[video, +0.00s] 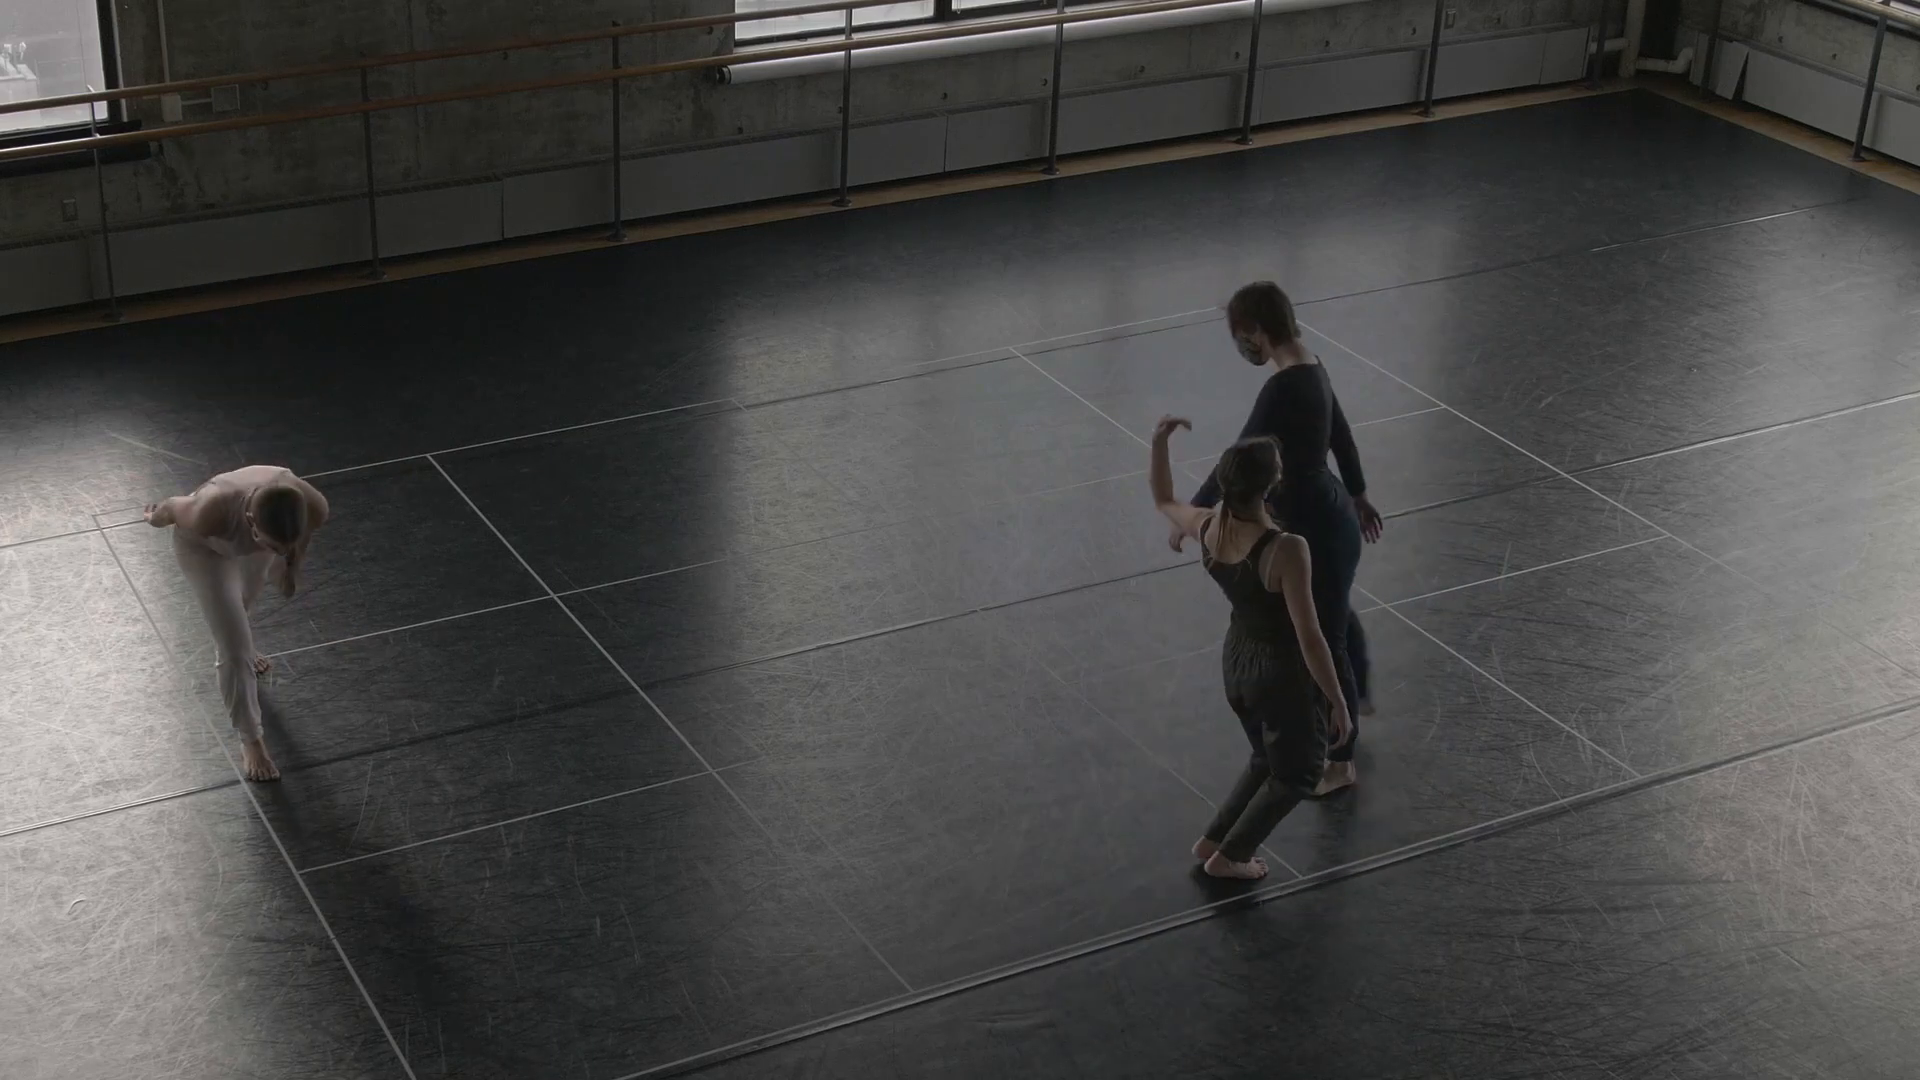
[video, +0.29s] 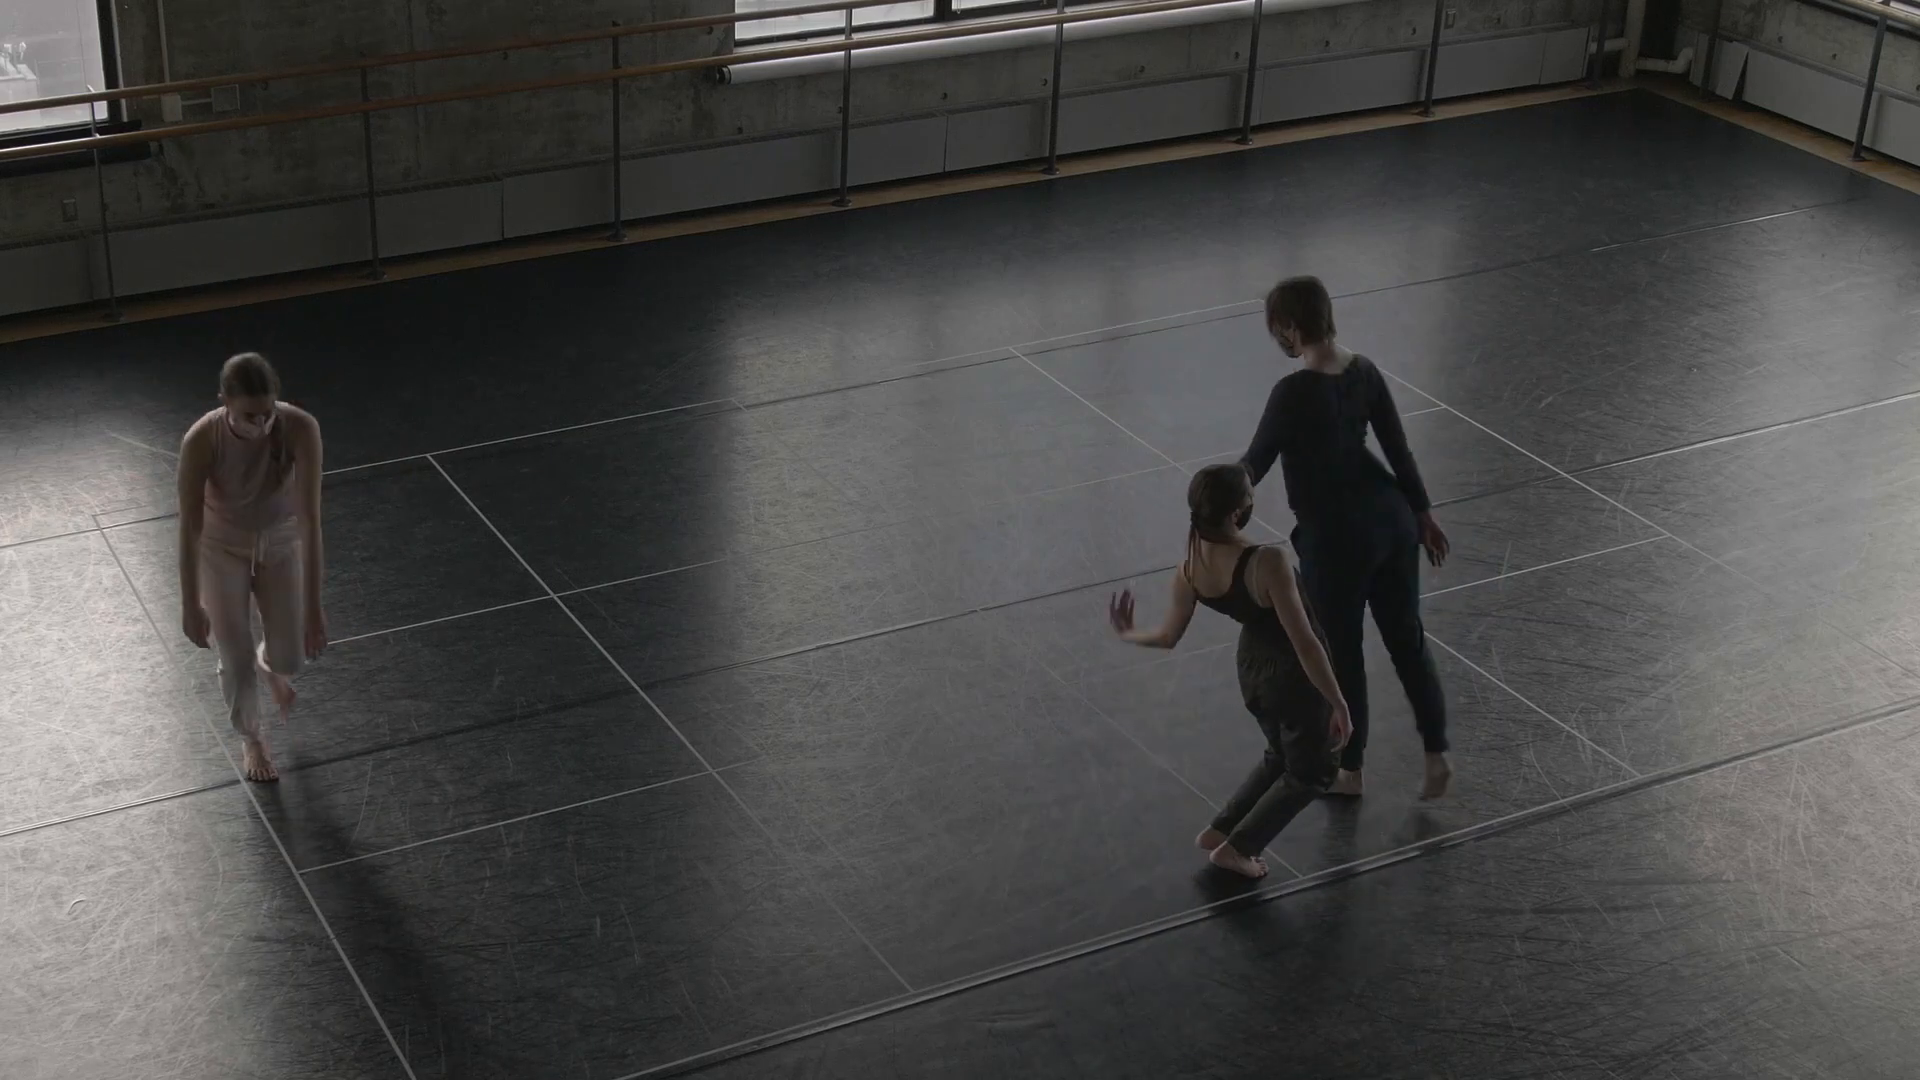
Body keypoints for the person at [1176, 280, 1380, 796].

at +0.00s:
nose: (1237, 342)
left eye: (1239, 333)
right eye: (1235, 334)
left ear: (1258, 329)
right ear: (1283, 322)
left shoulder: (1279, 388)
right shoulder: (1312, 367)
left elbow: (1239, 457)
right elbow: (1341, 437)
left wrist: (1191, 511)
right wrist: (1360, 496)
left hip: (1313, 528)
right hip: (1335, 509)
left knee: (1325, 633)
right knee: (1335, 606)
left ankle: (1338, 761)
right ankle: (1355, 696)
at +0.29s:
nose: (1274, 336)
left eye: (1275, 326)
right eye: (1273, 326)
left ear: (1290, 327)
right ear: (1326, 317)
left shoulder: (1291, 392)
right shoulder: (1365, 372)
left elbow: (1251, 468)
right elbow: (1398, 450)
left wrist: (1213, 511)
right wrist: (1424, 513)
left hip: (1332, 542)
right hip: (1393, 525)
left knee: (1343, 657)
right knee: (1407, 638)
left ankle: (1349, 769)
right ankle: (1436, 752)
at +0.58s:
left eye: (1323, 318)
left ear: (1322, 325)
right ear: (1371, 317)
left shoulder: (1318, 379)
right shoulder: (1391, 391)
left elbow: (1335, 454)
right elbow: (1396, 484)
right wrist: (1414, 564)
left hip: (1330, 519)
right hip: (1381, 524)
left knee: (1324, 632)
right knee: (1389, 591)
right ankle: (1393, 653)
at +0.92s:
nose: (1409, 332)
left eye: (1401, 323)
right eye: (1443, 327)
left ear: (1397, 326)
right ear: (1445, 329)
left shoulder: (1381, 362)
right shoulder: (1456, 390)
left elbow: (1413, 358)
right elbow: (1444, 471)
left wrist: (1450, 355)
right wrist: (1431, 551)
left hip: (1371, 503)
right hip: (1435, 509)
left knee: (1348, 622)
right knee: (1457, 597)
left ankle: (1324, 749)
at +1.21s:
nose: (1432, 308)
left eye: (1433, 301)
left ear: (1433, 310)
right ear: (1481, 315)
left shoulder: (1401, 358)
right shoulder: (1498, 372)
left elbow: (1338, 372)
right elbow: (1569, 419)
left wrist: (1281, 373)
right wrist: (1637, 454)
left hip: (1403, 507)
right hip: (1467, 511)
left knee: (1355, 560)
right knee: (1474, 602)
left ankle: (1372, 670)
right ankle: (1483, 717)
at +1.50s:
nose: (1365, 267)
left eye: (1371, 262)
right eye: (1369, 259)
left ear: (1382, 275)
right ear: (1420, 271)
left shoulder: (1365, 339)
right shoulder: (1440, 315)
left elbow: (1340, 419)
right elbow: (1474, 300)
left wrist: (1313, 491)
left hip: (1383, 466)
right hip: (1437, 459)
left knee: (1334, 540)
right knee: (1406, 541)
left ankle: (1343, 651)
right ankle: (1459, 642)